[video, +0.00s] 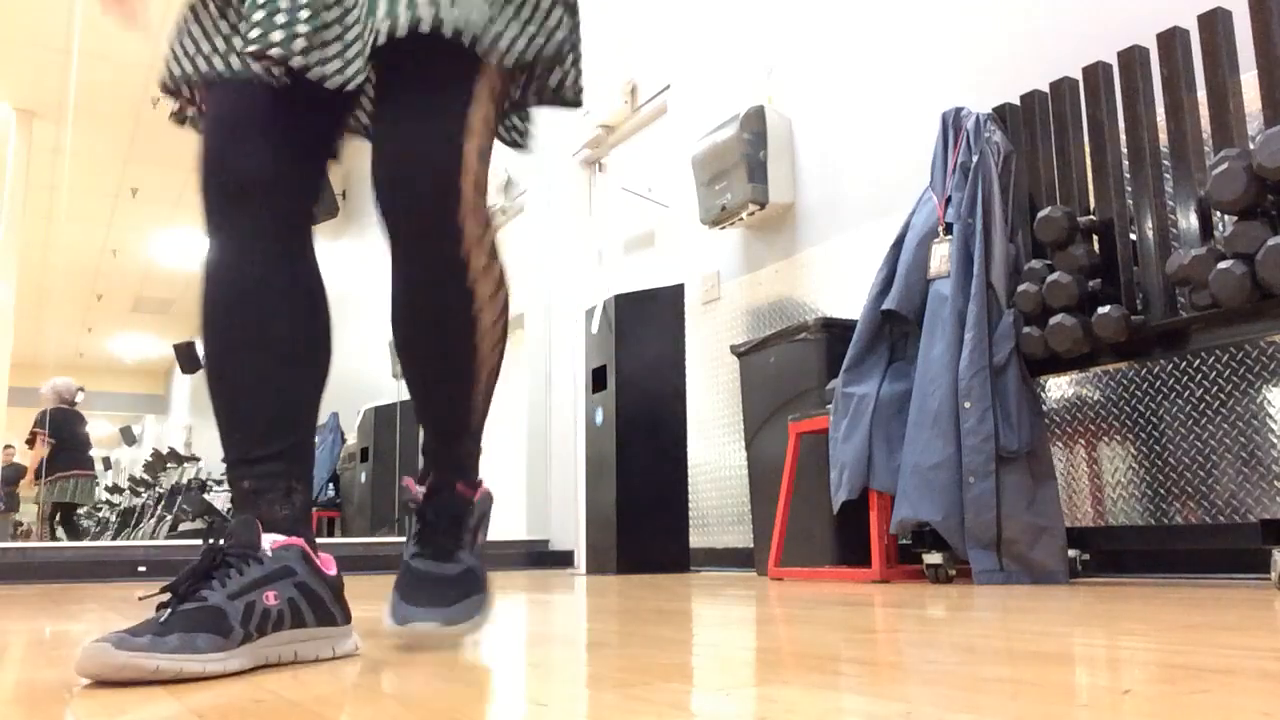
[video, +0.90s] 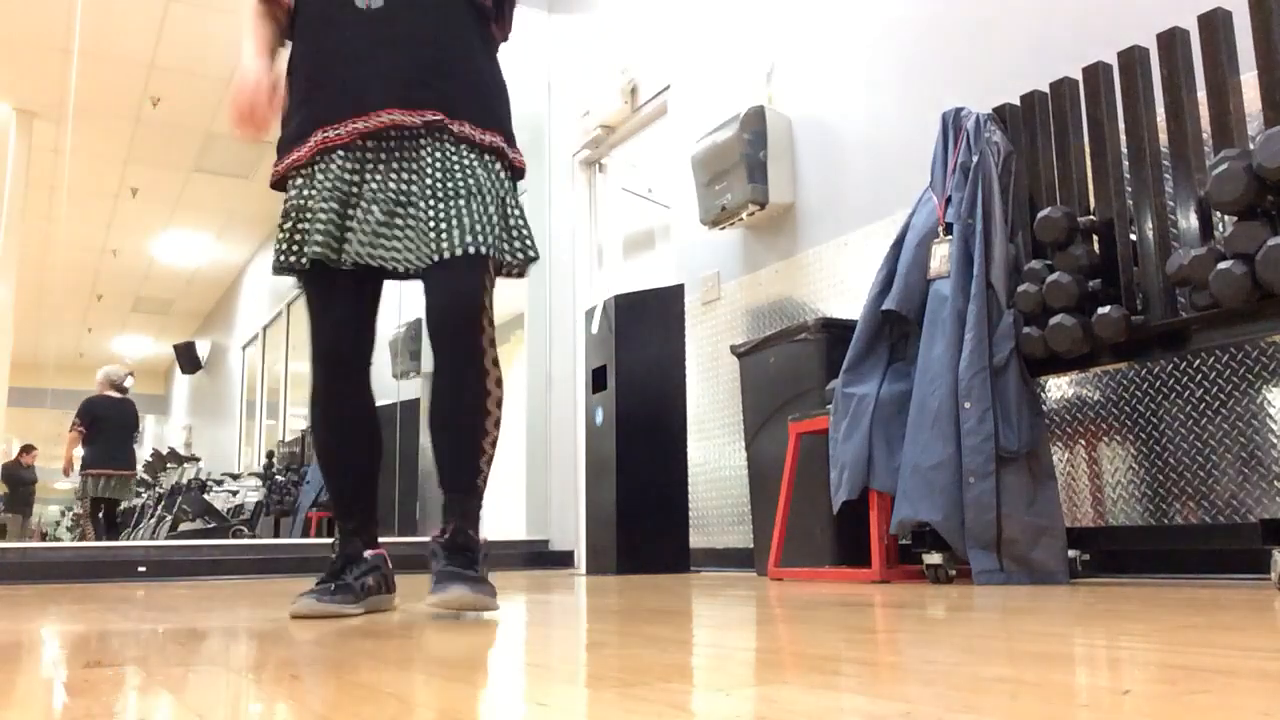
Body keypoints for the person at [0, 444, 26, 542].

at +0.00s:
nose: (7, 457)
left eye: (10, 455)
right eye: (6, 454)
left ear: (14, 456)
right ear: (2, 454)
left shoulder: (17, 468)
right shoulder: (3, 468)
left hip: (8, 505)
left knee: (4, 534)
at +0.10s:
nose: (13, 458)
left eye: (16, 456)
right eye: (11, 455)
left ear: (18, 456)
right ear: (4, 455)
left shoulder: (19, 468)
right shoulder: (2, 468)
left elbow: (34, 472)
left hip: (10, 505)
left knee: (5, 535)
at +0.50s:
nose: (27, 460)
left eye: (28, 457)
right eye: (25, 457)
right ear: (16, 455)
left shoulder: (28, 469)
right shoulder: (4, 465)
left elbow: (38, 477)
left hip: (18, 506)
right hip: (3, 504)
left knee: (16, 532)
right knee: (4, 531)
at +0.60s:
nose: (28, 460)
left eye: (29, 457)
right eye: (27, 457)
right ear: (18, 455)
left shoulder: (29, 469)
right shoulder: (4, 465)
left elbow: (38, 478)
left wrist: (29, 466)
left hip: (21, 508)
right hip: (5, 506)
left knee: (18, 534)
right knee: (7, 533)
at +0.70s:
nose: (30, 460)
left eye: (31, 457)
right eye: (29, 456)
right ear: (20, 454)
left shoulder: (30, 468)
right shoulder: (6, 465)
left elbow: (33, 478)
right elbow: (4, 481)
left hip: (24, 509)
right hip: (9, 509)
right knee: (10, 537)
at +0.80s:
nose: (31, 460)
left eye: (32, 457)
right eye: (30, 456)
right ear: (21, 454)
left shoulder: (31, 467)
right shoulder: (7, 465)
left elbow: (30, 487)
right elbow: (7, 486)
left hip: (25, 509)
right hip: (12, 509)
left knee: (21, 539)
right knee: (12, 539)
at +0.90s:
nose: (34, 460)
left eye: (35, 457)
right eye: (33, 457)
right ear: (23, 455)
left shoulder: (31, 467)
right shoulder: (8, 466)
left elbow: (34, 480)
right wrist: (32, 478)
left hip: (28, 508)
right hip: (15, 508)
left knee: (24, 538)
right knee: (13, 539)